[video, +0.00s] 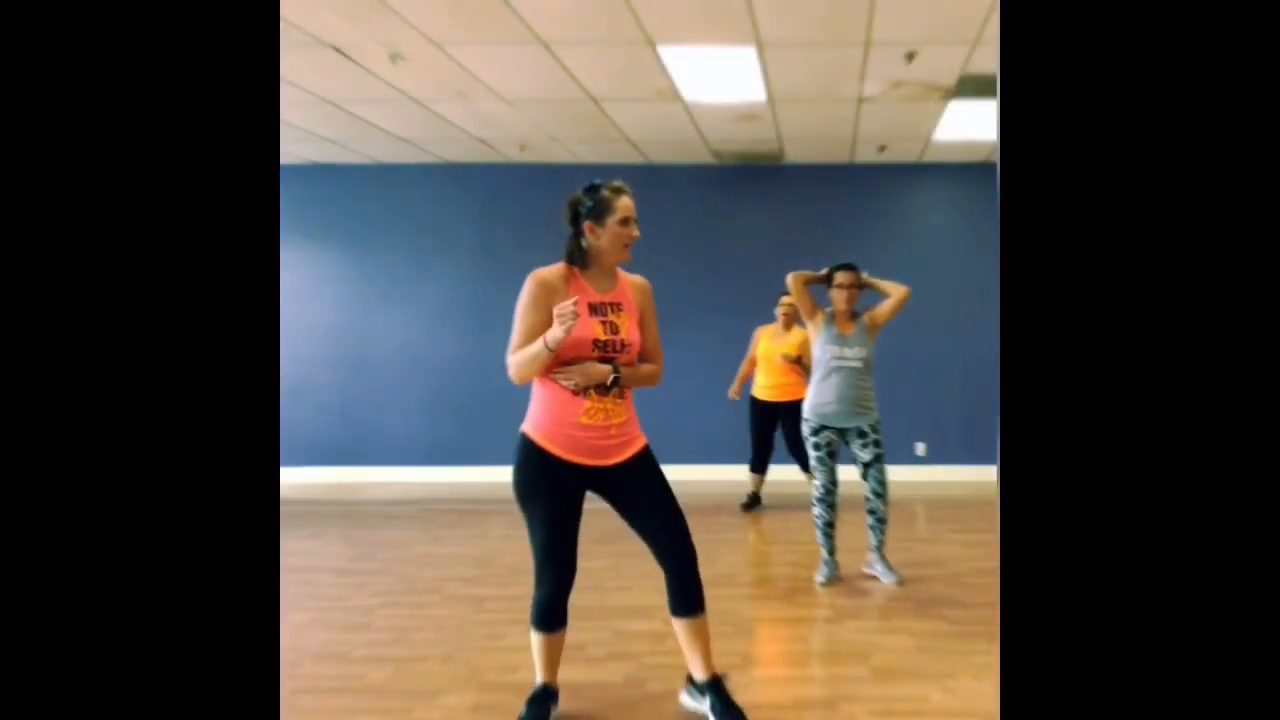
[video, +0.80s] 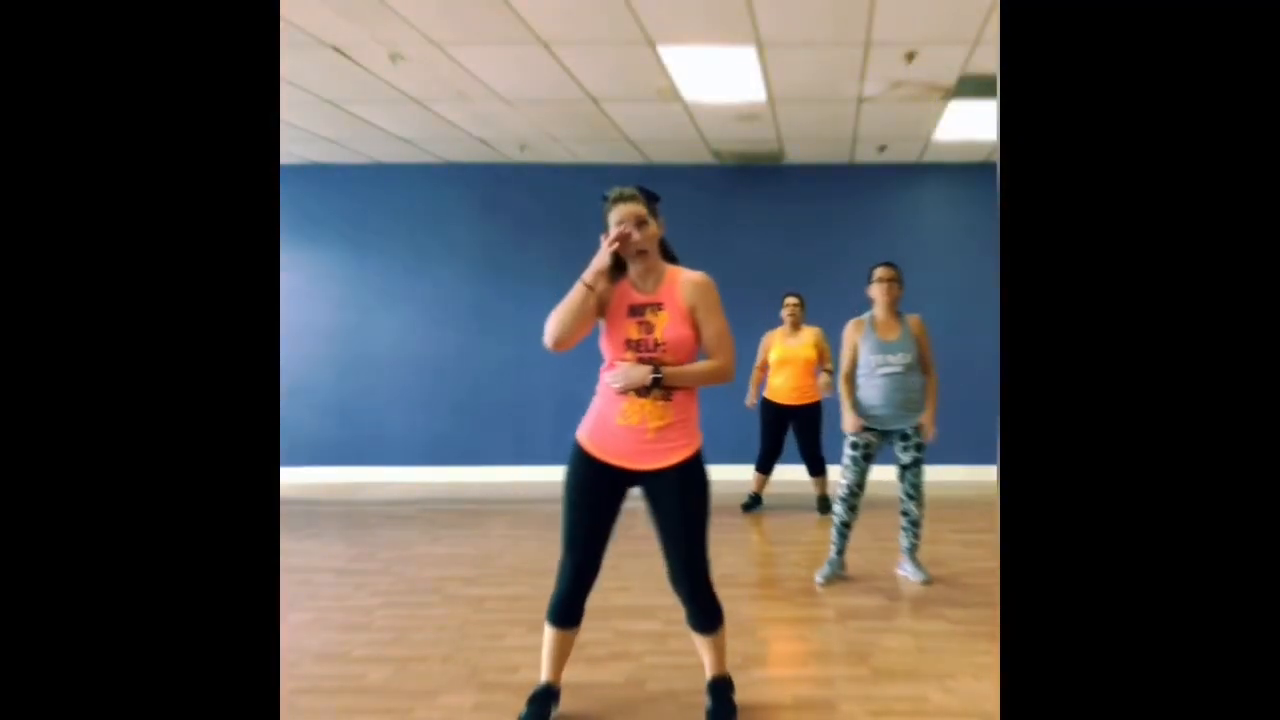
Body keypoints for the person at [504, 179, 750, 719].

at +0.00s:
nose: (635, 232)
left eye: (635, 222)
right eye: (625, 223)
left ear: (622, 229)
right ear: (589, 229)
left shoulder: (637, 290)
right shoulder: (545, 284)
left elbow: (652, 372)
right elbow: (517, 371)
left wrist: (610, 373)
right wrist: (554, 336)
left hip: (624, 452)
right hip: (551, 454)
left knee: (679, 553)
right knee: (553, 576)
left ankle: (704, 681)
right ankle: (545, 690)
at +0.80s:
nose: (631, 233)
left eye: (640, 223)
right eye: (621, 227)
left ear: (659, 227)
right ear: (610, 238)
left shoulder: (694, 286)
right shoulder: (603, 288)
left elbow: (724, 368)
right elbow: (556, 338)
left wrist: (656, 374)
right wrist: (595, 274)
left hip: (674, 453)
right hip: (602, 447)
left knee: (690, 578)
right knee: (575, 572)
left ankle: (718, 684)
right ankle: (547, 689)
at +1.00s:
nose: (656, 229)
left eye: (664, 218)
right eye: (646, 222)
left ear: (685, 221)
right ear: (637, 232)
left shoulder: (718, 278)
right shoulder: (631, 285)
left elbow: (753, 357)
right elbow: (575, 329)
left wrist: (687, 368)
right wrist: (612, 264)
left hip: (710, 444)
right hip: (642, 442)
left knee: (711, 572)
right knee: (605, 568)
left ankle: (722, 686)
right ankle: (586, 678)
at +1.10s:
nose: (664, 223)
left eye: (673, 212)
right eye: (654, 215)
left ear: (694, 215)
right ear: (645, 224)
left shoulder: (725, 271)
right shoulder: (637, 279)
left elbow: (760, 348)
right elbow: (568, 319)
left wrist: (693, 361)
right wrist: (610, 265)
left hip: (714, 439)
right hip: (647, 437)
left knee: (718, 568)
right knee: (632, 566)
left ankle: (722, 683)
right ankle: (657, 658)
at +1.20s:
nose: (670, 225)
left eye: (679, 215)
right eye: (661, 217)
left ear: (700, 221)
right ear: (651, 227)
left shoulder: (729, 274)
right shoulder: (639, 272)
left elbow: (764, 350)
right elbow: (560, 275)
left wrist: (697, 363)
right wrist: (559, 283)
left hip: (715, 442)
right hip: (649, 442)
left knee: (720, 567)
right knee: (668, 571)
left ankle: (725, 683)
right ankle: (696, 669)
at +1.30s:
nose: (672, 226)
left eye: (682, 217)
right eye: (663, 219)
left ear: (703, 225)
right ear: (654, 231)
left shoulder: (730, 283)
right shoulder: (640, 278)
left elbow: (763, 357)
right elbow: (559, 272)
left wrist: (700, 370)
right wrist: (502, 269)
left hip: (721, 445)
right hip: (654, 445)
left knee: (724, 569)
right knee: (636, 564)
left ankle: (726, 684)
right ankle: (677, 654)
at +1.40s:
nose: (668, 228)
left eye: (679, 220)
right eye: (660, 222)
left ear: (700, 232)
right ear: (650, 235)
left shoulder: (727, 289)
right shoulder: (633, 284)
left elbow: (759, 363)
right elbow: (546, 275)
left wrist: (698, 376)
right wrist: (465, 264)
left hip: (723, 451)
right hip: (653, 450)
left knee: (732, 570)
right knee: (600, 559)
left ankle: (727, 682)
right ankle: (631, 638)